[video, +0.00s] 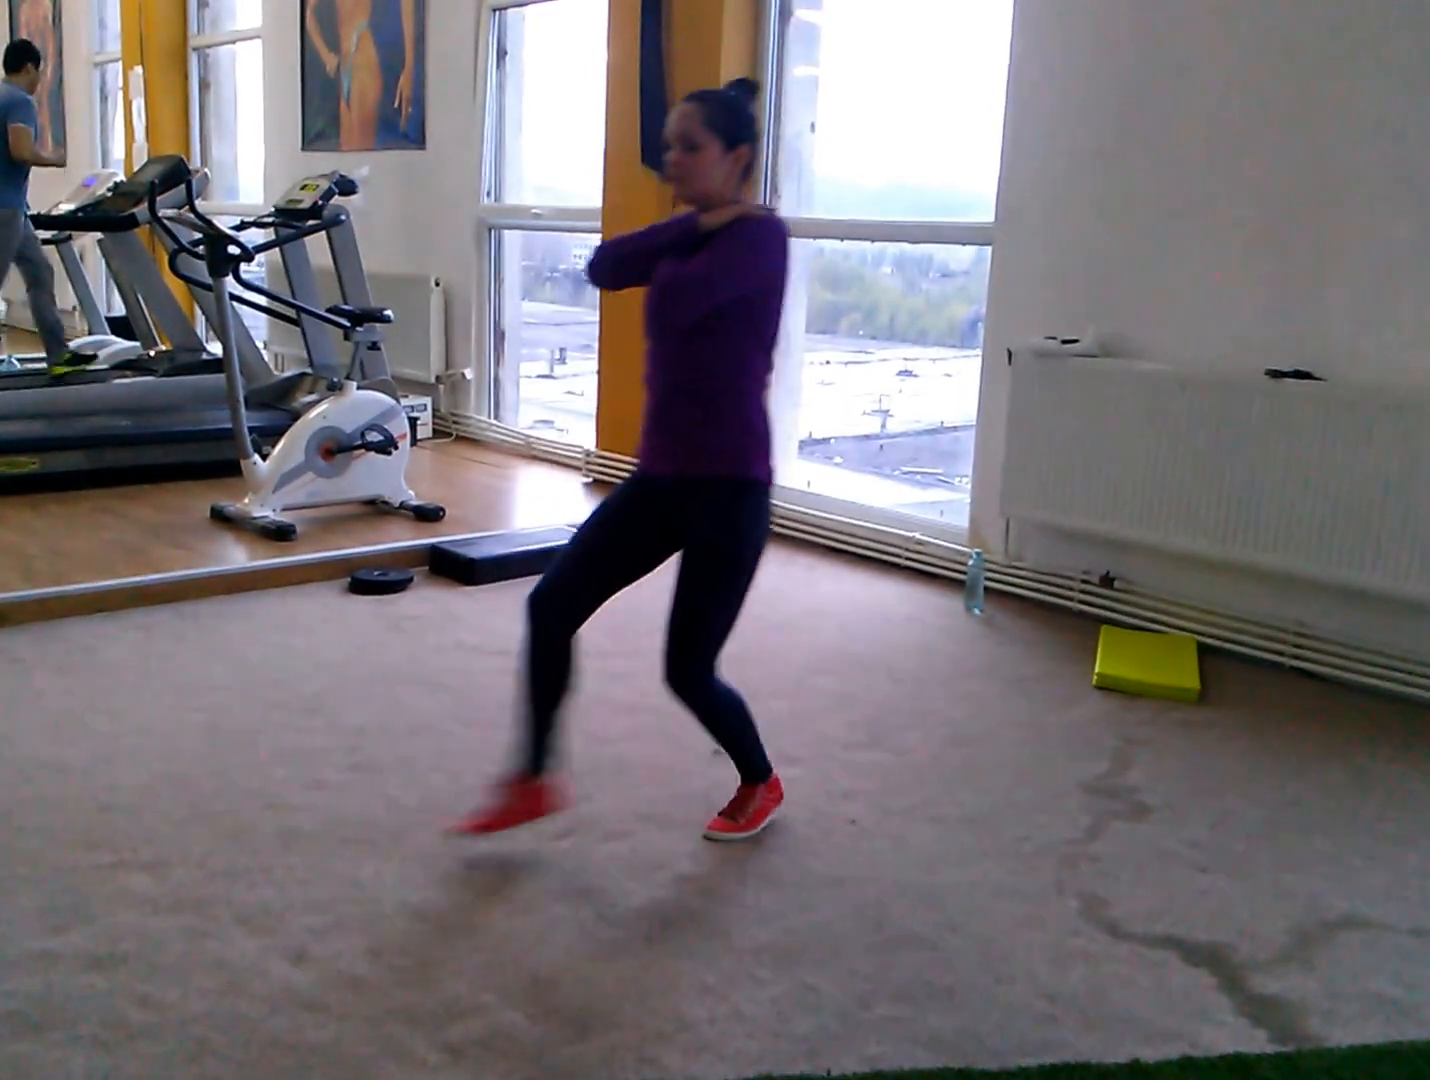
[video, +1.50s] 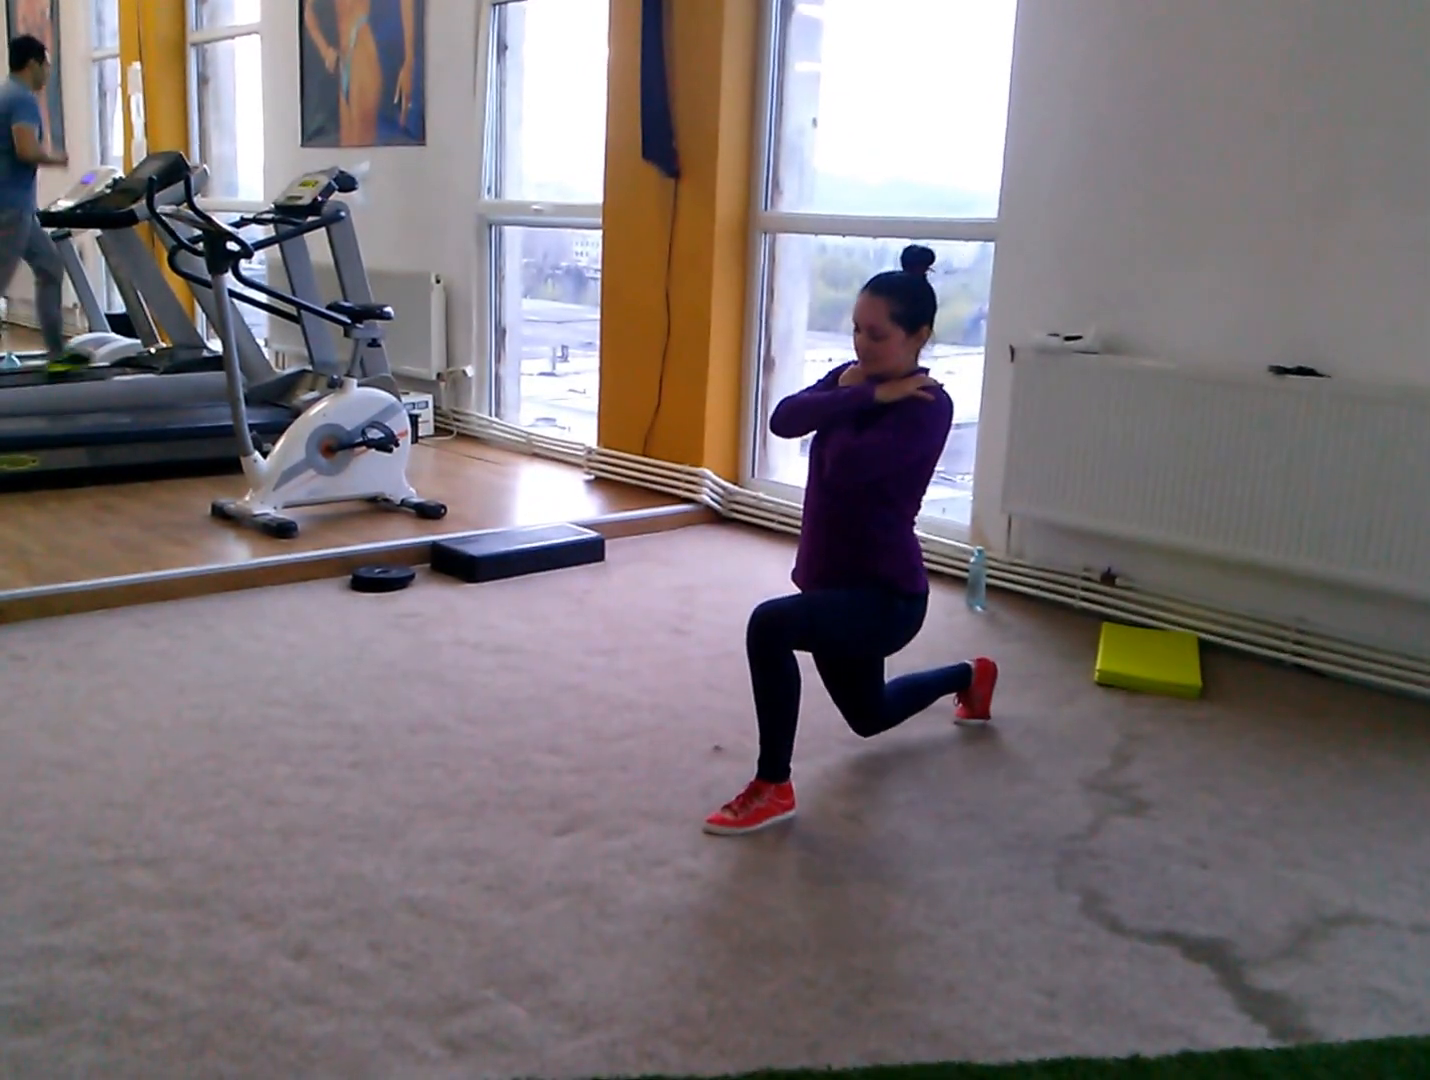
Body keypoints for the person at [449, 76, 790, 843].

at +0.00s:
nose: (672, 164)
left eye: (688, 148)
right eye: (669, 150)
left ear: (739, 154)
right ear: (677, 157)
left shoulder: (760, 238)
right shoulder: (684, 237)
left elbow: (675, 304)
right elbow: (602, 268)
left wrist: (671, 242)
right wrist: (694, 226)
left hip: (731, 489)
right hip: (660, 481)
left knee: (689, 671)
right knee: (551, 606)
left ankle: (760, 780)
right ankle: (533, 778)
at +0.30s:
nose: (759, 151)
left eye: (775, 139)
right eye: (756, 138)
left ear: (820, 145)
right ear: (759, 142)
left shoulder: (841, 230)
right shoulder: (762, 226)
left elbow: (760, 293)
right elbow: (686, 259)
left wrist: (746, 238)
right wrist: (774, 221)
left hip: (813, 467)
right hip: (751, 462)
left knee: (740, 632)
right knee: (755, 618)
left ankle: (762, 786)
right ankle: (871, 649)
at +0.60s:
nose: (823, 244)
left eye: (839, 230)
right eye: (819, 229)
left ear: (882, 234)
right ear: (816, 232)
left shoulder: (899, 312)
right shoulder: (822, 297)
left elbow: (839, 393)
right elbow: (757, 350)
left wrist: (823, 318)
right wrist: (828, 302)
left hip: (891, 521)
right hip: (839, 516)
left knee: (781, 622)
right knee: (900, 636)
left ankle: (764, 786)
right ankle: (984, 676)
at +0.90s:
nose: (883, 306)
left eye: (897, 296)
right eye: (880, 293)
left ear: (940, 302)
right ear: (878, 291)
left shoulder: (949, 375)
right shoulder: (870, 342)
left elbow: (867, 435)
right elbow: (801, 382)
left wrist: (874, 358)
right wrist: (896, 356)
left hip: (888, 565)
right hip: (833, 553)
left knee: (772, 624)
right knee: (870, 684)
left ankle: (772, 787)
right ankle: (977, 677)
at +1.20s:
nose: (875, 319)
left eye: (890, 310)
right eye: (873, 305)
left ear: (934, 319)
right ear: (870, 302)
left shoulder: (939, 391)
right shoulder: (860, 354)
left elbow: (862, 449)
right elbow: (793, 394)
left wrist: (865, 370)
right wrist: (888, 373)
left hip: (886, 578)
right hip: (829, 566)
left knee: (770, 624)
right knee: (869, 697)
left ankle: (770, 785)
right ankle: (973, 677)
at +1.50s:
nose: (859, 345)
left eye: (873, 336)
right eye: (856, 331)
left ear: (917, 339)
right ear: (851, 325)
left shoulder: (929, 409)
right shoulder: (848, 379)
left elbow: (851, 467)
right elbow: (783, 420)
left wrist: (833, 408)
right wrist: (873, 393)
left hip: (886, 598)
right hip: (826, 588)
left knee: (769, 626)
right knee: (868, 714)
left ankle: (772, 785)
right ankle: (970, 678)